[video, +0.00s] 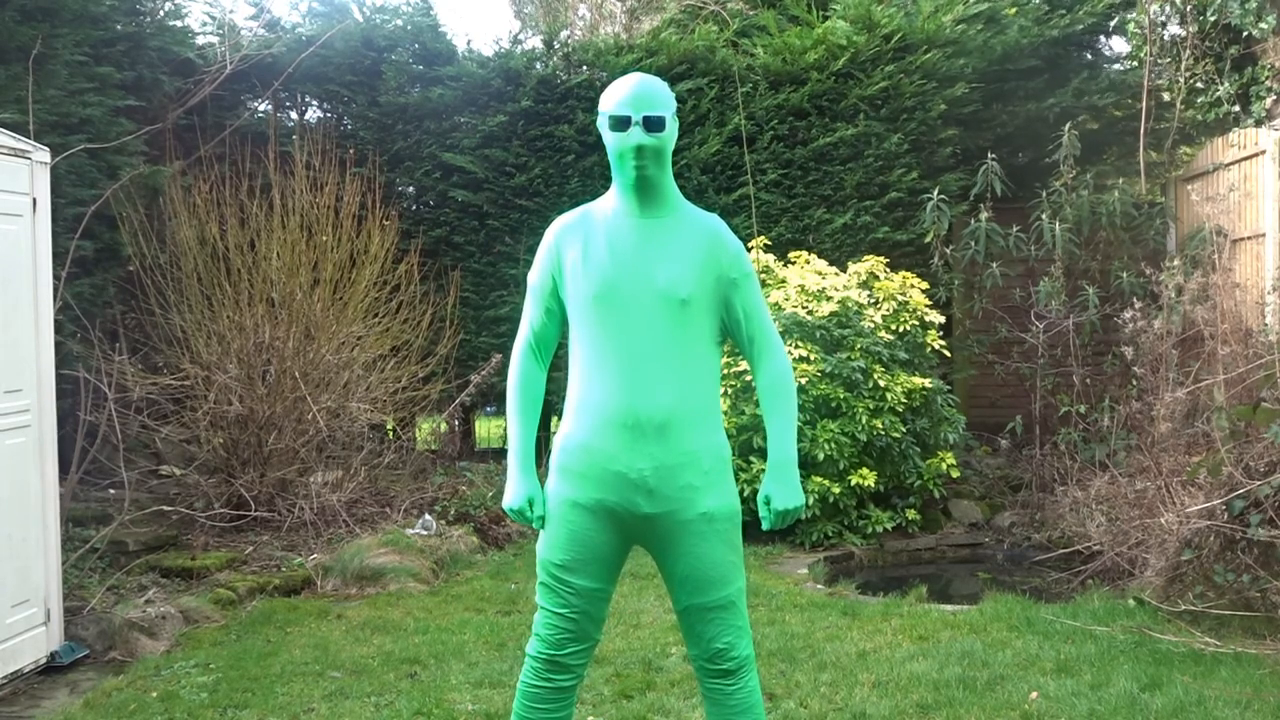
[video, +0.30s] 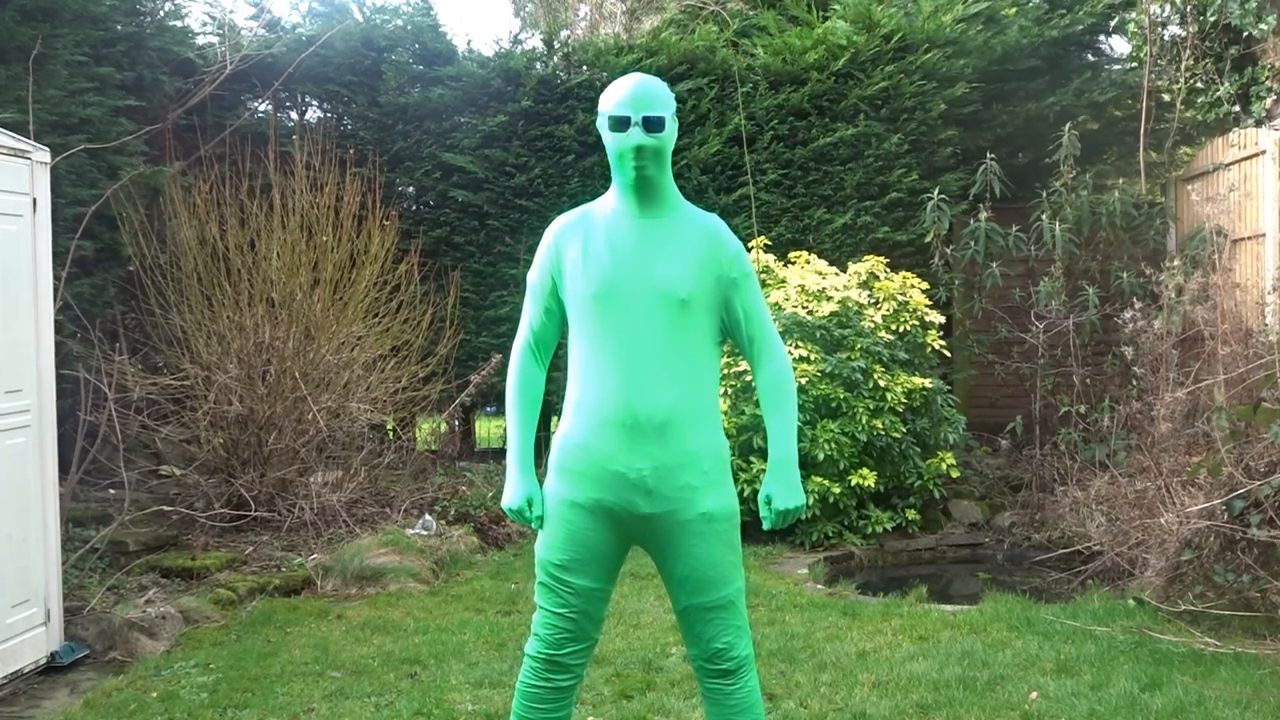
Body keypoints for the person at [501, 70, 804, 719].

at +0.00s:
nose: (639, 137)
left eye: (654, 122)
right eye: (623, 124)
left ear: (674, 132)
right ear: (603, 135)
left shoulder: (713, 239)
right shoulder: (567, 237)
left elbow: (767, 352)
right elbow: (531, 352)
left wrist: (783, 464)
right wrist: (518, 467)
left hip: (696, 487)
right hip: (585, 485)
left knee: (727, 667)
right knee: (552, 664)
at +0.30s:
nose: (638, 137)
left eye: (653, 123)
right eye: (623, 124)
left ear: (674, 132)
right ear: (602, 135)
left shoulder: (713, 239)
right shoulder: (566, 236)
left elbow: (767, 353)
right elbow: (530, 353)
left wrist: (784, 464)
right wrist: (518, 467)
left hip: (695, 488)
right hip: (583, 486)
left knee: (727, 667)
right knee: (551, 665)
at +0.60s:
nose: (637, 137)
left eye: (652, 123)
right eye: (622, 124)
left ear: (674, 133)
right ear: (602, 135)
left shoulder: (712, 239)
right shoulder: (566, 236)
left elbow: (766, 354)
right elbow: (529, 353)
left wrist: (780, 466)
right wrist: (518, 467)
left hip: (695, 489)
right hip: (583, 486)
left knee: (726, 666)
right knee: (552, 663)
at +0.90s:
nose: (638, 138)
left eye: (653, 124)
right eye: (622, 124)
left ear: (675, 133)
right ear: (602, 135)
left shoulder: (713, 240)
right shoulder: (567, 237)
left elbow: (767, 355)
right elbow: (531, 354)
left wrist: (780, 466)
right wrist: (519, 470)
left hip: (694, 488)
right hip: (582, 486)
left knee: (726, 666)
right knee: (551, 664)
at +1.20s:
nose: (637, 137)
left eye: (652, 123)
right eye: (621, 124)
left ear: (674, 132)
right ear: (602, 135)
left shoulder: (712, 240)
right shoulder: (567, 237)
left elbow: (766, 355)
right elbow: (532, 354)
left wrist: (780, 466)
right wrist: (520, 469)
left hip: (694, 488)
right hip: (582, 486)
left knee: (726, 666)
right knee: (551, 664)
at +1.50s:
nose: (637, 137)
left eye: (652, 123)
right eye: (621, 124)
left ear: (673, 132)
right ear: (602, 135)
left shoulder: (712, 240)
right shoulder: (567, 237)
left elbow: (766, 355)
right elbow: (532, 354)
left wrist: (780, 466)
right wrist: (520, 468)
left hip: (694, 487)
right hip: (582, 485)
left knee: (726, 666)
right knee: (551, 663)